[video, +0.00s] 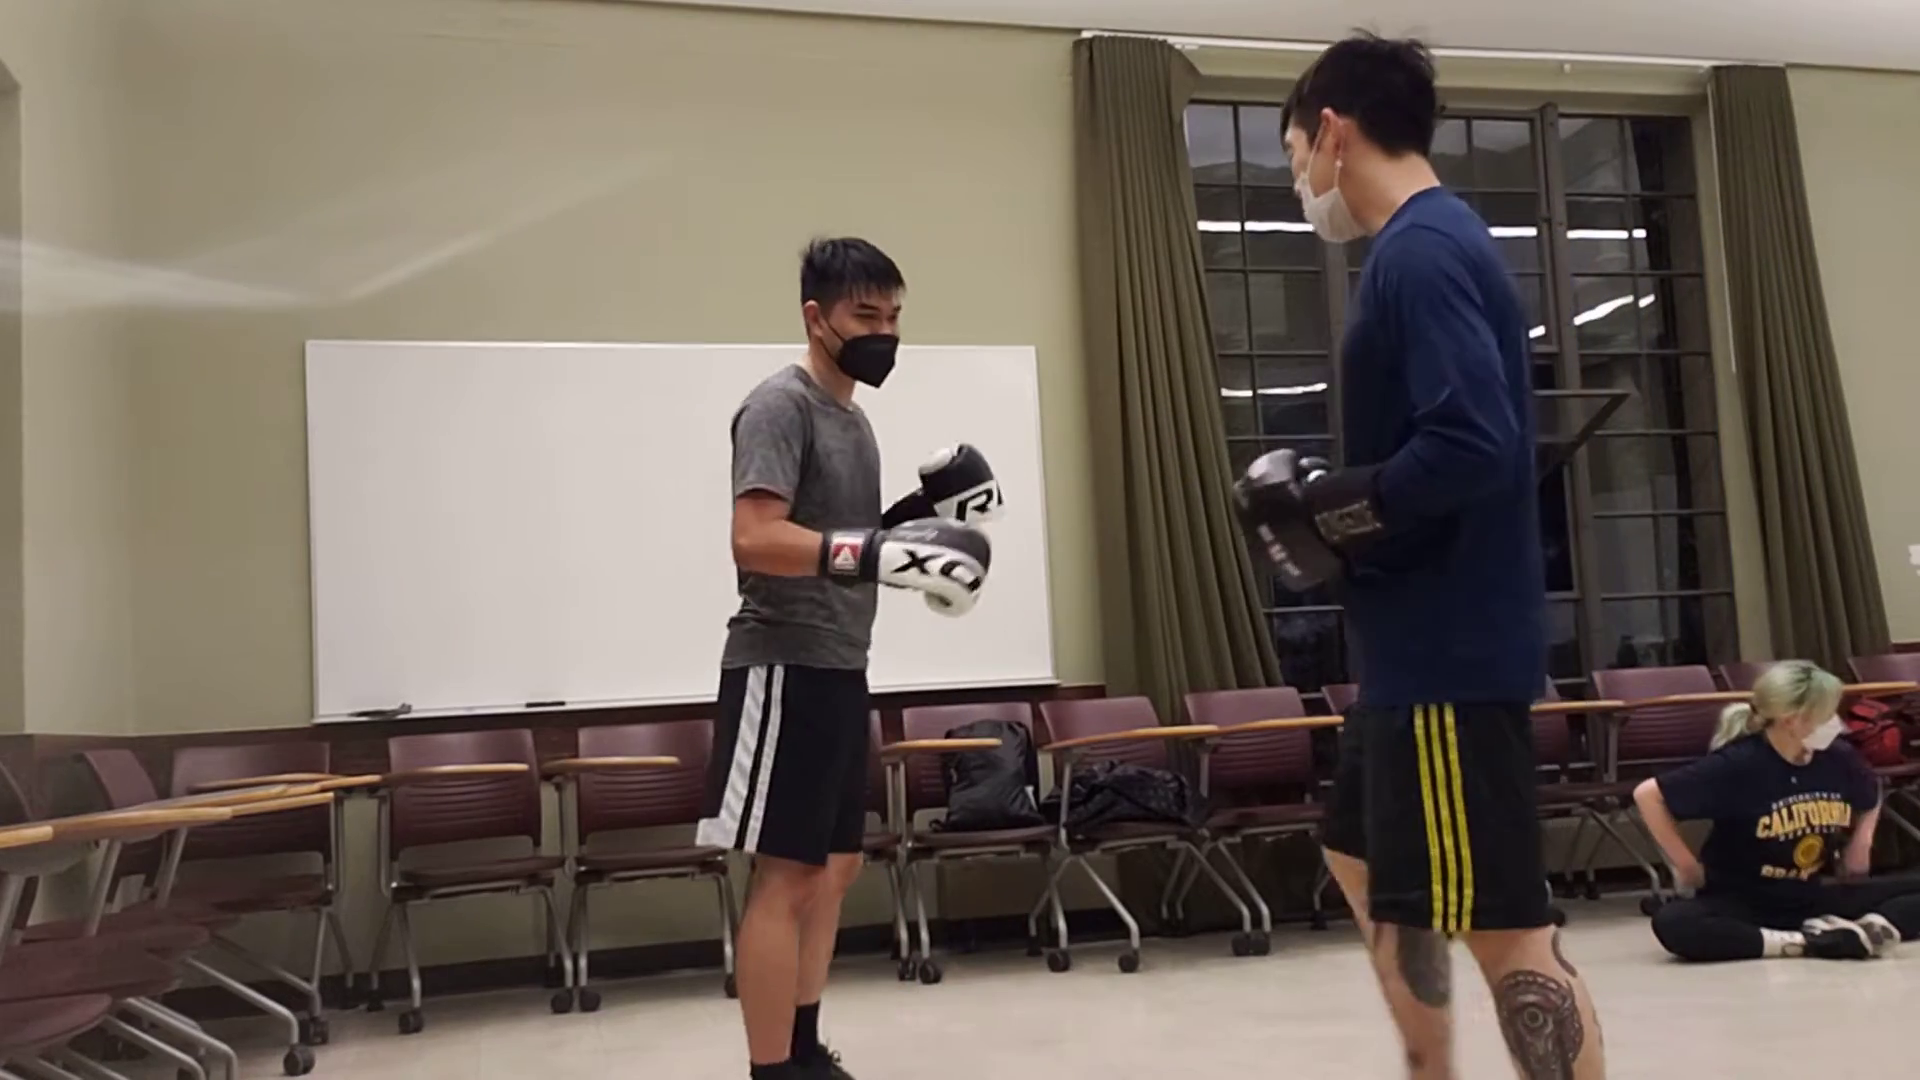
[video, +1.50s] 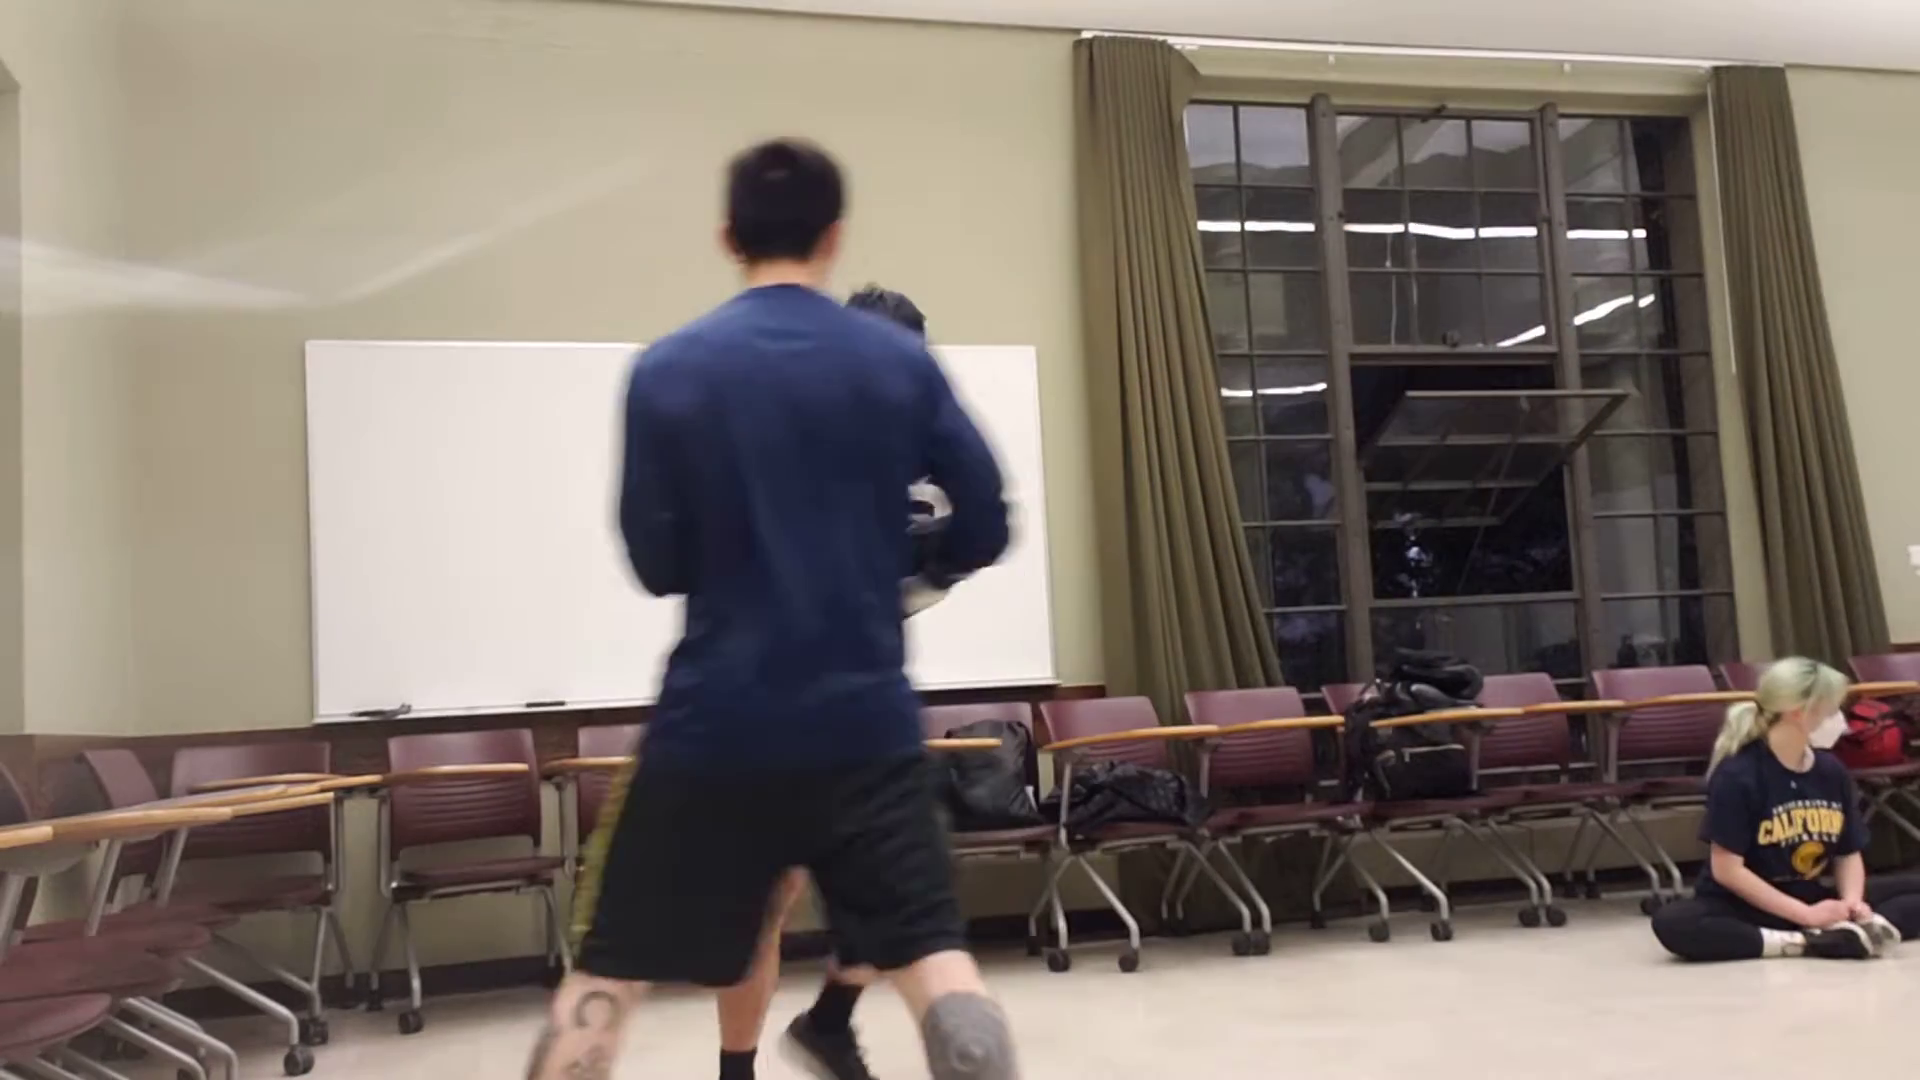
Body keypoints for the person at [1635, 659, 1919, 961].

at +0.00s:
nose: (1835, 725)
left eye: (1834, 716)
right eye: (1826, 718)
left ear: (1797, 721)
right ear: (1793, 722)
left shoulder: (1837, 760)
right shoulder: (1738, 764)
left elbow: (1870, 794)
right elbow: (1647, 794)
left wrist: (1859, 848)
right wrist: (1684, 864)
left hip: (1813, 897)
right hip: (1740, 902)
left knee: (1917, 888)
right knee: (1673, 923)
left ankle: (1853, 931)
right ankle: (1797, 943)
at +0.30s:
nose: (1836, 726)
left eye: (1834, 717)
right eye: (1827, 719)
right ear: (1793, 722)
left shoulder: (1835, 760)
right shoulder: (1738, 765)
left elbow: (1850, 802)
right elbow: (1647, 793)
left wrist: (1837, 846)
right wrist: (1682, 862)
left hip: (1809, 896)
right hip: (1739, 902)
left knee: (1917, 888)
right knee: (1672, 922)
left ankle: (1853, 932)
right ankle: (1798, 943)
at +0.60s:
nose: (1832, 724)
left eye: (1831, 715)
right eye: (1823, 717)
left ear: (1796, 722)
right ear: (1790, 722)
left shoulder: (1828, 760)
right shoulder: (1735, 766)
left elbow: (1846, 805)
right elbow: (1654, 812)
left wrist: (1837, 848)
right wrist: (1712, 867)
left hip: (1814, 896)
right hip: (1746, 904)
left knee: (1917, 888)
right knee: (1672, 922)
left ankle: (1859, 931)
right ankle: (1797, 944)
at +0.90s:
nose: (1821, 714)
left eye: (1820, 704)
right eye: (1813, 705)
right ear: (1782, 711)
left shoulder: (1823, 766)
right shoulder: (1735, 770)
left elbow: (1855, 840)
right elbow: (1691, 854)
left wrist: (1855, 873)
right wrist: (1781, 886)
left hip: (1824, 897)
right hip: (1750, 905)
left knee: (1915, 894)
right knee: (1670, 922)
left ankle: (1851, 932)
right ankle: (1794, 945)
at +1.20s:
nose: (1830, 715)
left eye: (1828, 705)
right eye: (1821, 706)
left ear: (1795, 709)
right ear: (1788, 709)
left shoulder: (1828, 769)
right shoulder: (1736, 773)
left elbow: (1847, 851)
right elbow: (1722, 868)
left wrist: (1851, 898)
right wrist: (1807, 912)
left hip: (1821, 900)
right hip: (1748, 904)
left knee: (1915, 900)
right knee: (1670, 922)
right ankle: (1796, 945)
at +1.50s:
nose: (1839, 717)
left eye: (1837, 707)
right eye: (1831, 708)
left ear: (1801, 715)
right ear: (1799, 714)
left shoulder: (1832, 772)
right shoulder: (1736, 775)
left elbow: (1848, 853)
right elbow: (1725, 869)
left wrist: (1852, 900)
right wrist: (1805, 915)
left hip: (1821, 898)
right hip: (1746, 902)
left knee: (1915, 897)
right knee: (1670, 923)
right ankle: (1799, 944)